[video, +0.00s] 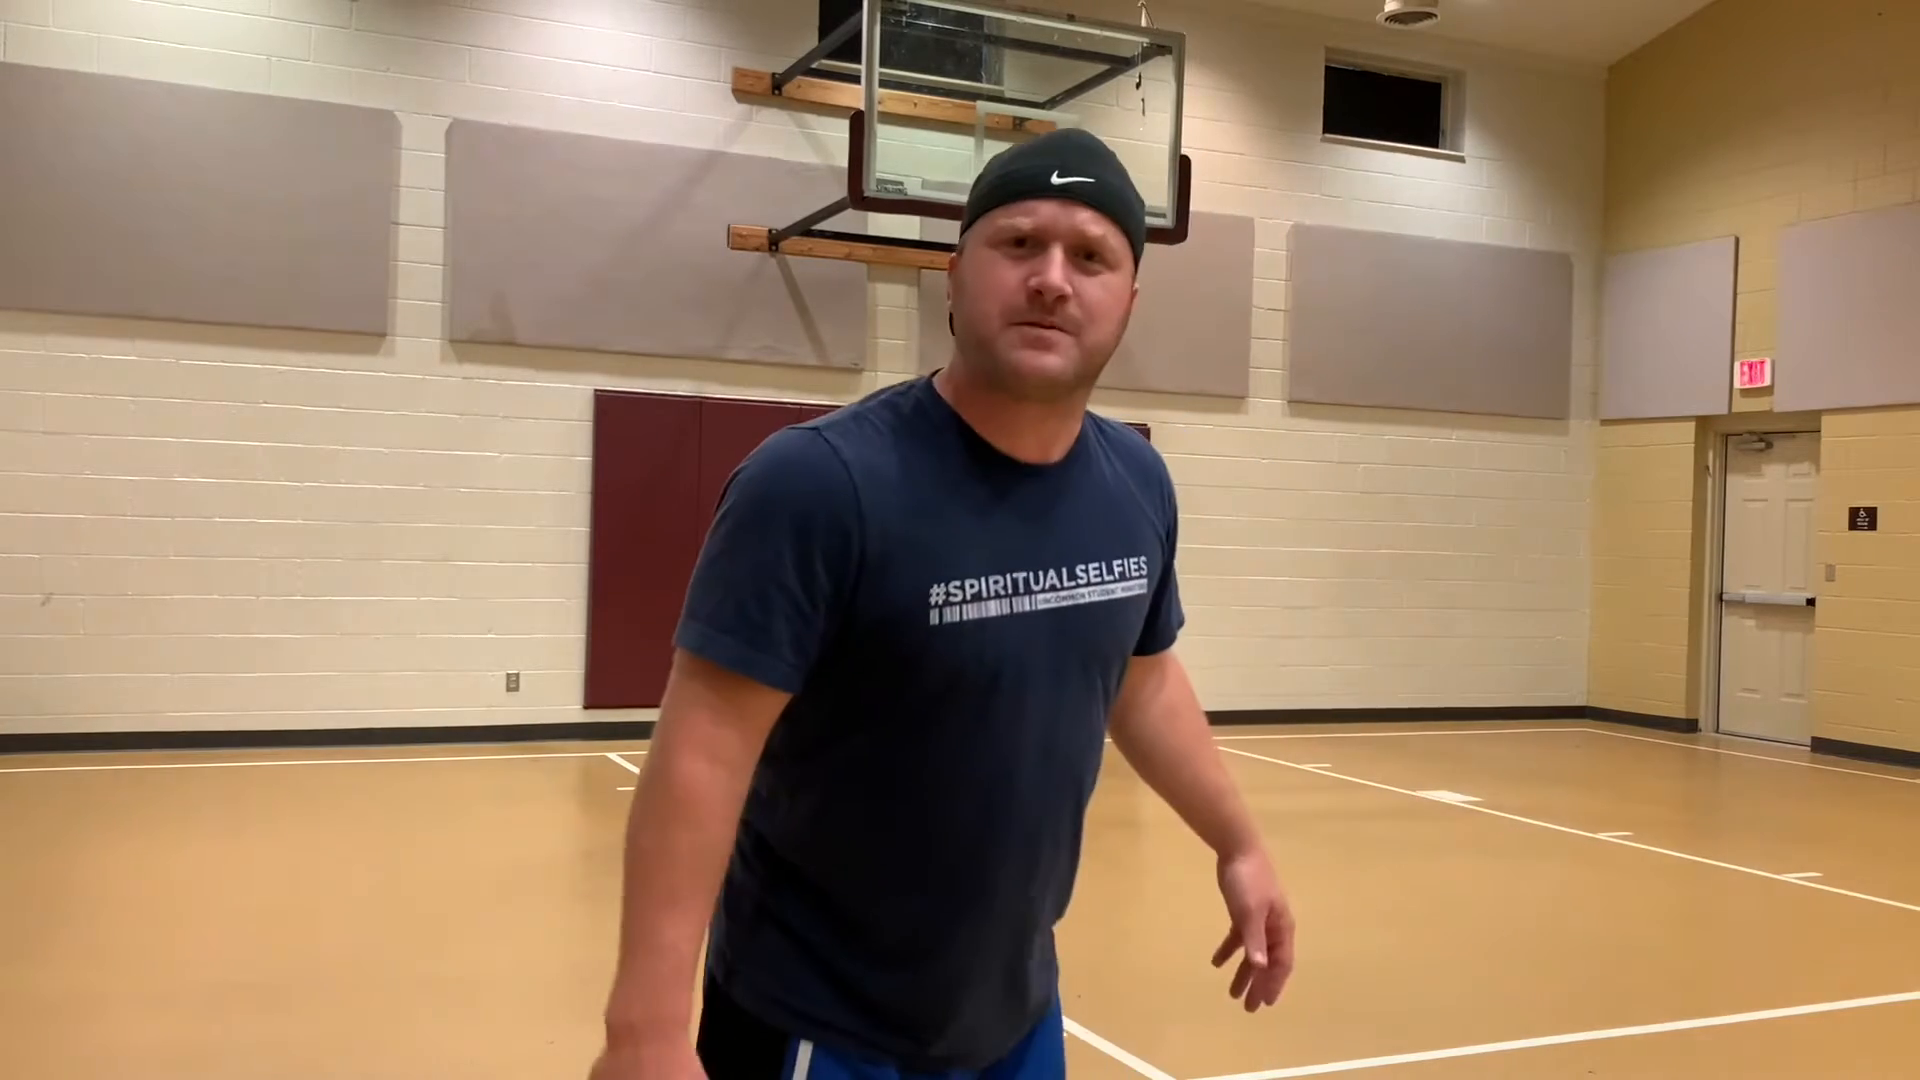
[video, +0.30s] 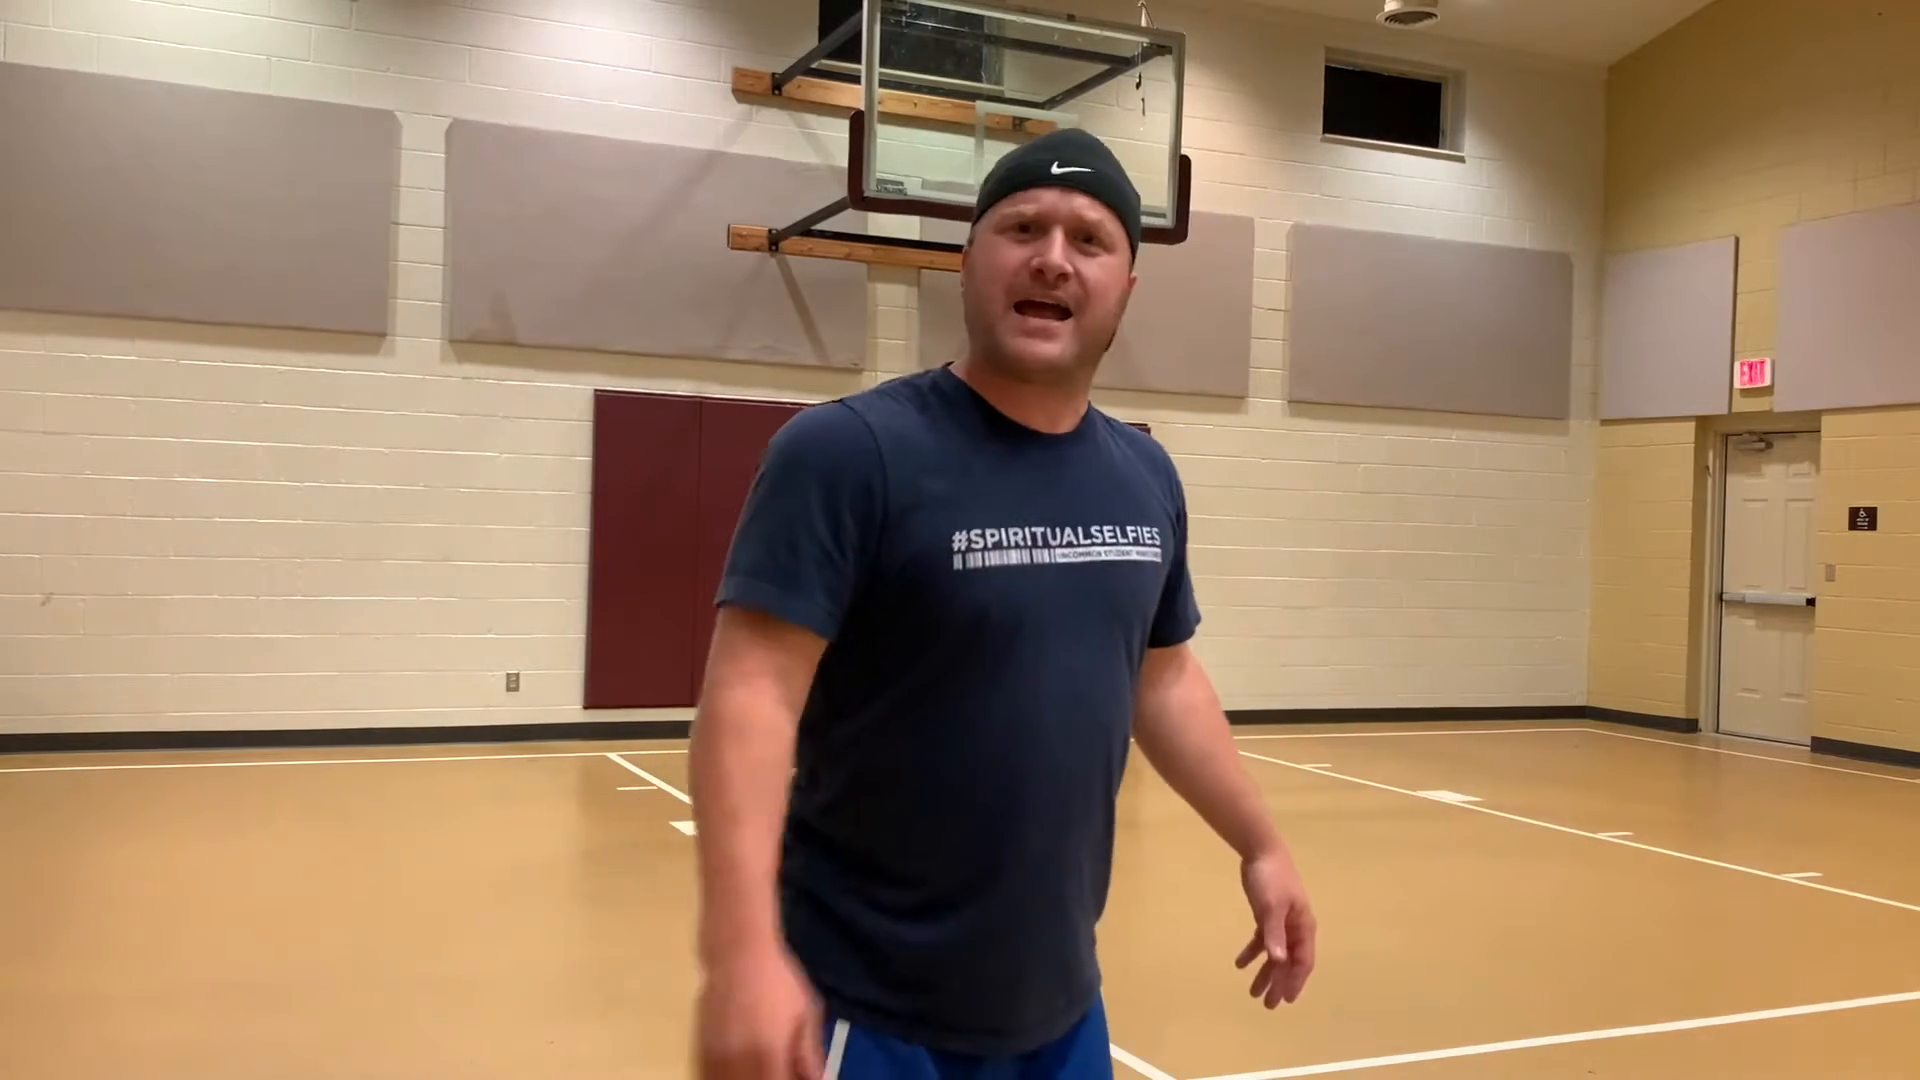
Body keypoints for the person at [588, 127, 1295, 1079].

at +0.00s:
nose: (1051, 279)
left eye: (1089, 258)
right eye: (1018, 245)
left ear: (1128, 300)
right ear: (954, 273)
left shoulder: (1132, 484)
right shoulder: (814, 486)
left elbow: (1145, 677)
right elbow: (704, 744)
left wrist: (1240, 840)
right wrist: (647, 1027)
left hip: (1012, 1010)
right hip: (815, 1022)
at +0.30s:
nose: (1054, 261)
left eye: (1090, 241)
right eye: (1023, 229)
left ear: (1128, 288)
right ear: (967, 264)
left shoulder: (1140, 476)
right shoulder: (847, 454)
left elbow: (1165, 677)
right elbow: (751, 692)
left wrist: (1262, 845)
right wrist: (742, 956)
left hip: (1056, 1003)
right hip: (865, 1011)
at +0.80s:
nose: (1077, 242)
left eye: (1108, 229)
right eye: (1047, 222)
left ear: (1143, 283)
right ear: (996, 263)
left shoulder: (1158, 461)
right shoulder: (898, 426)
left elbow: (1188, 645)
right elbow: (828, 649)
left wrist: (1267, 805)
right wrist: (1010, 595)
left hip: (1086, 941)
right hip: (921, 946)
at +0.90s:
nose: (1063, 243)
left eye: (1092, 228)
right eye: (1033, 223)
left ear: (1129, 275)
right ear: (978, 263)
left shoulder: (1150, 455)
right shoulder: (889, 434)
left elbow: (1170, 636)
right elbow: (818, 655)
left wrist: (1230, 799)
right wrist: (1009, 686)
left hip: (1085, 950)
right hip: (918, 957)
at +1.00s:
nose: (1044, 247)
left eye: (1074, 229)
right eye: (1014, 224)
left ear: (1112, 273)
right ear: (962, 263)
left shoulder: (1135, 450)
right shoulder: (875, 440)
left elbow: (1155, 631)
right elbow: (797, 663)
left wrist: (1207, 794)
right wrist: (981, 750)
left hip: (1089, 947)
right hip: (918, 958)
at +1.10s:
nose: (1028, 249)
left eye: (1058, 228)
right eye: (996, 225)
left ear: (1095, 267)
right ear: (943, 263)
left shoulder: (1124, 446)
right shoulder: (861, 442)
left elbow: (1146, 627)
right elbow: (780, 667)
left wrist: (1203, 791)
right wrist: (958, 774)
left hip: (1085, 953)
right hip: (913, 965)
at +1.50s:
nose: (995, 247)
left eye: (1025, 223)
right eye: (960, 223)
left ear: (1065, 260)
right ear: (907, 263)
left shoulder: (1097, 437)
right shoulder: (835, 455)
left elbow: (1134, 618)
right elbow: (797, 710)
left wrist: (1242, 763)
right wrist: (974, 626)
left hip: (1072, 954)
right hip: (901, 973)